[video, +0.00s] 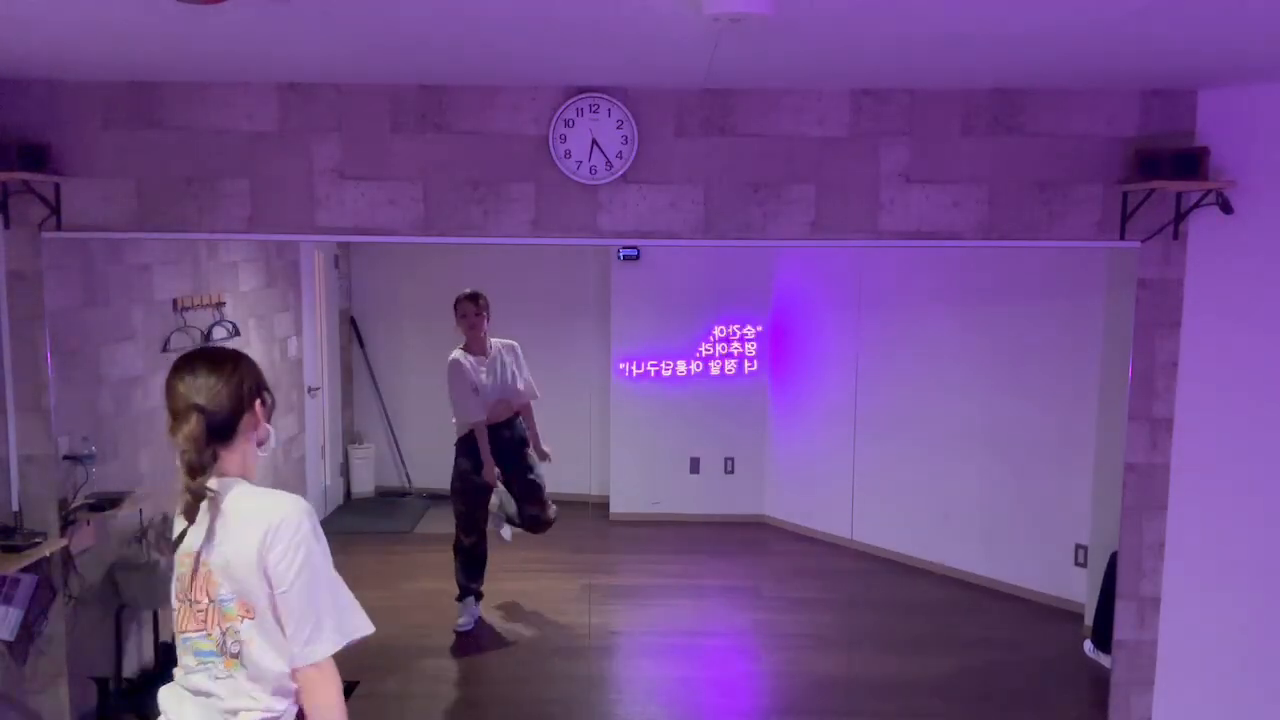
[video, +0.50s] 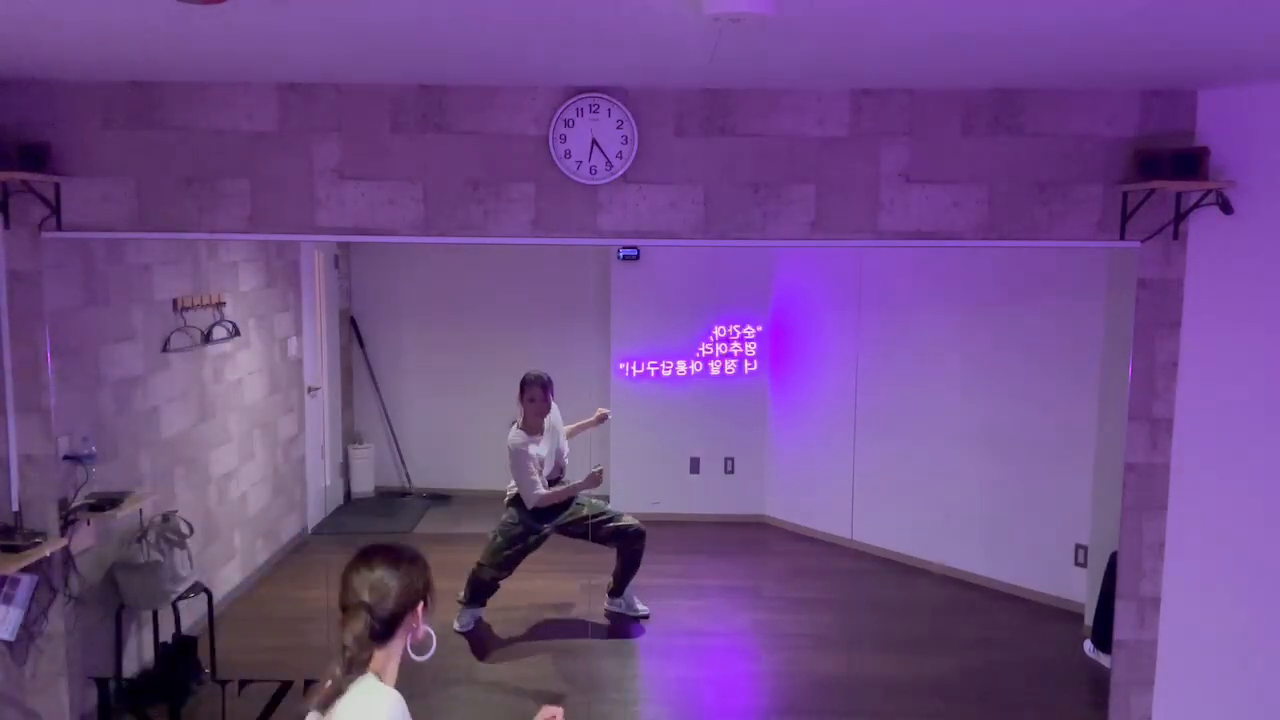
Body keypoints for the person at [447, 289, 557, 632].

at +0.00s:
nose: (471, 321)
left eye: (476, 314)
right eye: (463, 317)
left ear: (487, 318)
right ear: (457, 323)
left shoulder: (509, 350)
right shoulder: (458, 363)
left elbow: (524, 399)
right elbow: (473, 418)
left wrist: (536, 444)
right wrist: (487, 462)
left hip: (511, 437)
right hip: (474, 444)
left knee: (540, 519)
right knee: (469, 525)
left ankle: (502, 512)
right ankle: (469, 600)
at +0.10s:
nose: (483, 326)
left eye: (488, 318)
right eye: (475, 321)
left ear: (499, 321)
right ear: (468, 327)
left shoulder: (513, 350)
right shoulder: (474, 365)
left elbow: (523, 395)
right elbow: (488, 419)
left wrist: (539, 428)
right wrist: (500, 464)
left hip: (518, 441)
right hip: (483, 448)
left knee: (557, 511)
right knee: (477, 528)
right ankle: (469, 601)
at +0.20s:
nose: (499, 343)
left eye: (504, 337)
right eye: (492, 338)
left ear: (513, 338)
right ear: (484, 341)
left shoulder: (519, 361)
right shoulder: (489, 381)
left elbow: (528, 402)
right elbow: (505, 437)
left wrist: (543, 422)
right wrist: (533, 477)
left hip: (527, 452)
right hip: (497, 460)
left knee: (565, 517)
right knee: (482, 534)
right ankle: (469, 606)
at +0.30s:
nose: (516, 367)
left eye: (521, 360)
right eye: (509, 361)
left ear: (529, 360)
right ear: (500, 364)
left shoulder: (532, 379)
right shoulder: (505, 407)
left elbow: (533, 416)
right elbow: (520, 464)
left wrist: (557, 420)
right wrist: (561, 484)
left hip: (539, 472)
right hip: (510, 480)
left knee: (599, 527)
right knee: (493, 545)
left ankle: (613, 592)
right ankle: (470, 607)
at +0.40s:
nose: (532, 389)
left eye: (536, 382)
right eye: (524, 383)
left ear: (542, 382)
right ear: (514, 387)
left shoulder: (544, 399)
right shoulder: (515, 428)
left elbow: (544, 428)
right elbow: (529, 485)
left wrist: (573, 421)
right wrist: (582, 487)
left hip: (554, 488)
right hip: (521, 500)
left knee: (621, 530)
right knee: (493, 559)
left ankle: (618, 596)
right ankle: (470, 608)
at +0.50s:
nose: (538, 407)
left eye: (543, 400)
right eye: (531, 400)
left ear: (551, 399)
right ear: (521, 401)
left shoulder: (552, 412)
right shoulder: (519, 444)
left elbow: (558, 437)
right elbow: (534, 499)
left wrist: (591, 422)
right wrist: (583, 484)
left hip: (564, 503)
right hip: (528, 512)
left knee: (633, 533)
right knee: (489, 567)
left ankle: (618, 597)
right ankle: (471, 607)